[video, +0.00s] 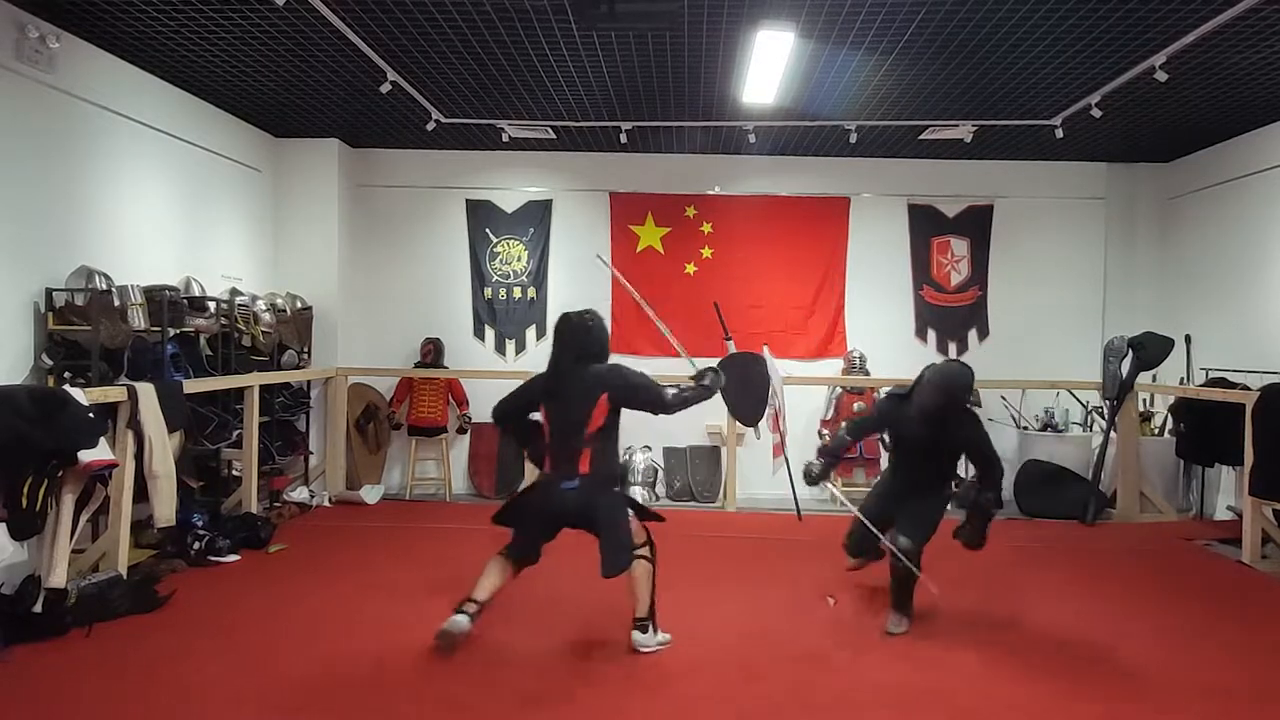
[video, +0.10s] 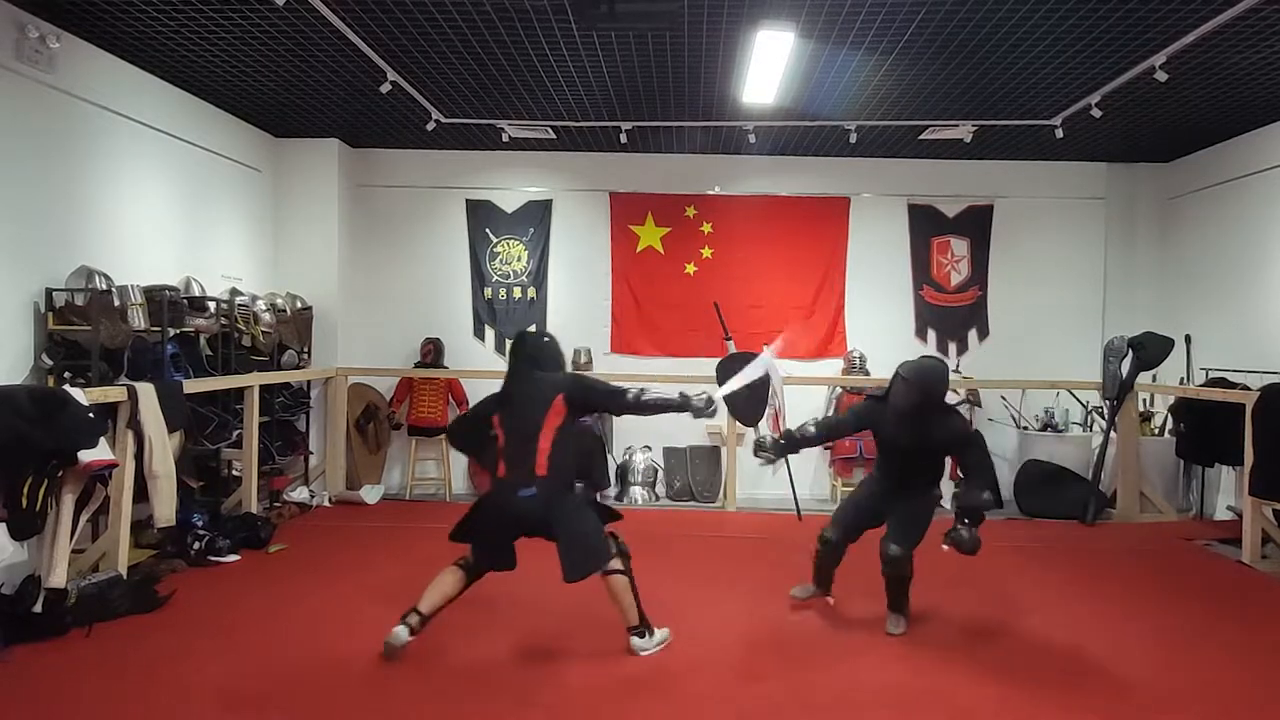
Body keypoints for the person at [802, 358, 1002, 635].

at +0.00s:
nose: (927, 400)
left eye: (936, 397)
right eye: (927, 391)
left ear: (952, 400)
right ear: (921, 384)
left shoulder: (965, 424)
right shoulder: (897, 406)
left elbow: (991, 470)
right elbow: (855, 430)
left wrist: (980, 516)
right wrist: (826, 460)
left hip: (931, 492)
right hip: (894, 481)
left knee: (903, 548)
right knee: (854, 544)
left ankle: (900, 611)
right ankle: (875, 552)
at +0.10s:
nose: (898, 395)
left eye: (908, 392)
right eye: (899, 387)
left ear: (928, 398)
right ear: (896, 382)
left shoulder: (950, 426)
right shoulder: (879, 408)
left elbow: (978, 470)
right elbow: (832, 426)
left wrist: (968, 519)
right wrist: (785, 442)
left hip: (919, 494)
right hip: (880, 484)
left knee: (894, 552)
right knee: (831, 537)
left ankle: (896, 612)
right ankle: (820, 586)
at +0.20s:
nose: (879, 386)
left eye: (889, 382)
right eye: (879, 378)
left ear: (909, 391)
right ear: (877, 378)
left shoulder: (930, 421)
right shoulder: (861, 409)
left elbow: (961, 474)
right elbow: (814, 430)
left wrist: (944, 499)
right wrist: (763, 447)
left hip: (902, 497)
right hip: (863, 488)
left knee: (881, 560)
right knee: (823, 532)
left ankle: (895, 612)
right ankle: (801, 609)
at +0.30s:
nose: (863, 383)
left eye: (873, 377)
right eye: (862, 374)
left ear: (892, 384)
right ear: (857, 375)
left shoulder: (912, 419)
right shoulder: (840, 408)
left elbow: (945, 472)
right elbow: (801, 438)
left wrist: (923, 494)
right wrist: (755, 460)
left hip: (884, 507)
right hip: (839, 500)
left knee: (880, 583)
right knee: (811, 560)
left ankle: (893, 610)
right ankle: (800, 637)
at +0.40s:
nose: (844, 372)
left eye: (854, 367)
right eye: (844, 364)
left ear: (874, 375)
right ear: (840, 368)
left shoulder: (898, 416)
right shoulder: (825, 407)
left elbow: (927, 466)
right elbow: (791, 441)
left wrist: (917, 511)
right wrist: (747, 464)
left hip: (869, 511)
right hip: (826, 502)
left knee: (870, 593)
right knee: (797, 562)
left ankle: (892, 608)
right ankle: (797, 639)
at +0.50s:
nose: (835, 357)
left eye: (845, 352)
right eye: (835, 350)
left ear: (866, 359)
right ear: (832, 355)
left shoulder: (888, 400)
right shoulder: (821, 392)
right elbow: (795, 433)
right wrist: (756, 460)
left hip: (864, 501)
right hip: (822, 493)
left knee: (864, 591)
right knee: (791, 560)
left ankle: (896, 607)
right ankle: (796, 638)